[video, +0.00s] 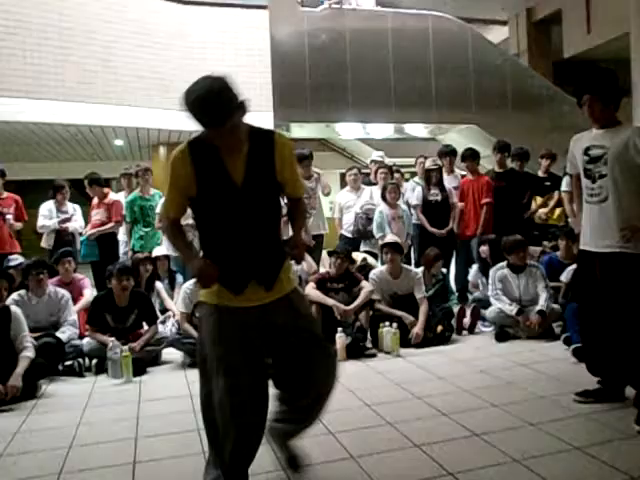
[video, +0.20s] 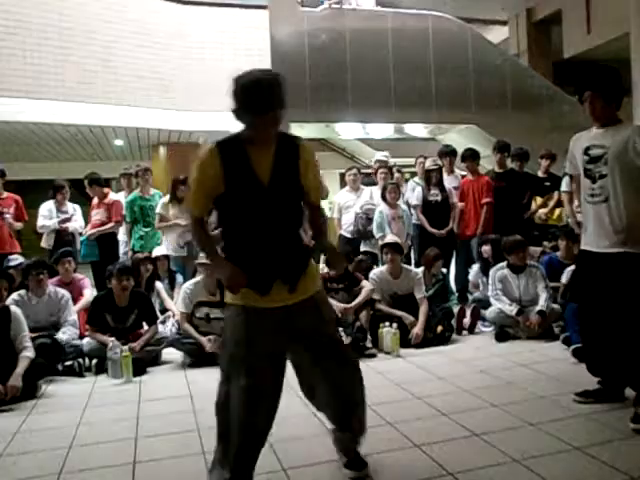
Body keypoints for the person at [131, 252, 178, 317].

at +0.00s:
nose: (147, 268)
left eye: (150, 264)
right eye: (143, 264)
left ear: (152, 267)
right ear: (137, 267)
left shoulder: (156, 285)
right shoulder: (131, 286)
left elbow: (166, 300)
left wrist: (176, 313)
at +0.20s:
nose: (147, 267)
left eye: (150, 264)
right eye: (143, 264)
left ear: (153, 266)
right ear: (137, 267)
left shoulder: (156, 284)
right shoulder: (132, 287)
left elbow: (166, 300)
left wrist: (176, 312)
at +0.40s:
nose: (148, 267)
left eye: (150, 263)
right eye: (143, 264)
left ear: (153, 266)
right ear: (137, 267)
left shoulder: (155, 284)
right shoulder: (131, 287)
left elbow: (166, 300)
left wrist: (176, 313)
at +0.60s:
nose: (147, 267)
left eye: (149, 263)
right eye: (143, 264)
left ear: (152, 266)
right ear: (136, 267)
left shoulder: (155, 284)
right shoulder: (130, 287)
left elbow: (166, 301)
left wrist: (175, 313)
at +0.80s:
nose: (147, 267)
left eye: (148, 263)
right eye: (142, 264)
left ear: (151, 265)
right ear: (136, 267)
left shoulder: (155, 285)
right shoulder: (130, 288)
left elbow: (166, 302)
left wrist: (176, 313)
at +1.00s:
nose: (156, 267)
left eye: (158, 263)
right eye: (152, 264)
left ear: (161, 265)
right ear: (146, 268)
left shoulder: (165, 285)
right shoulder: (141, 288)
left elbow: (177, 302)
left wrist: (187, 314)